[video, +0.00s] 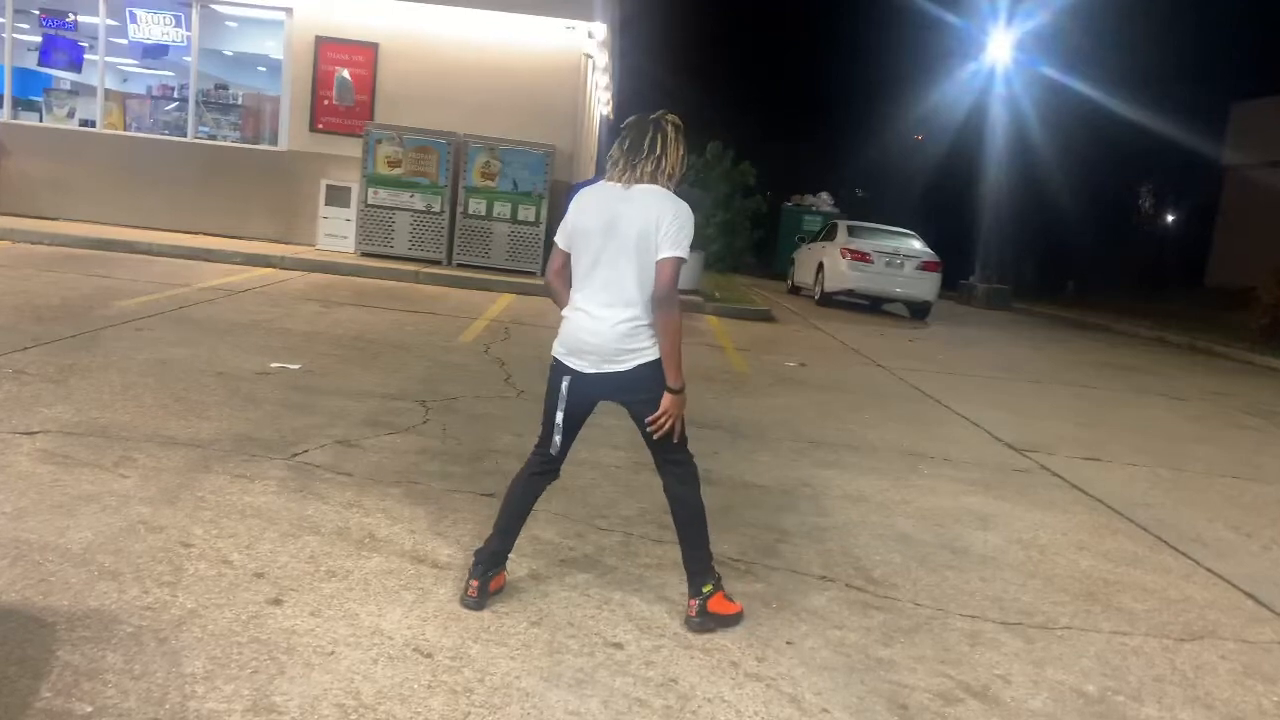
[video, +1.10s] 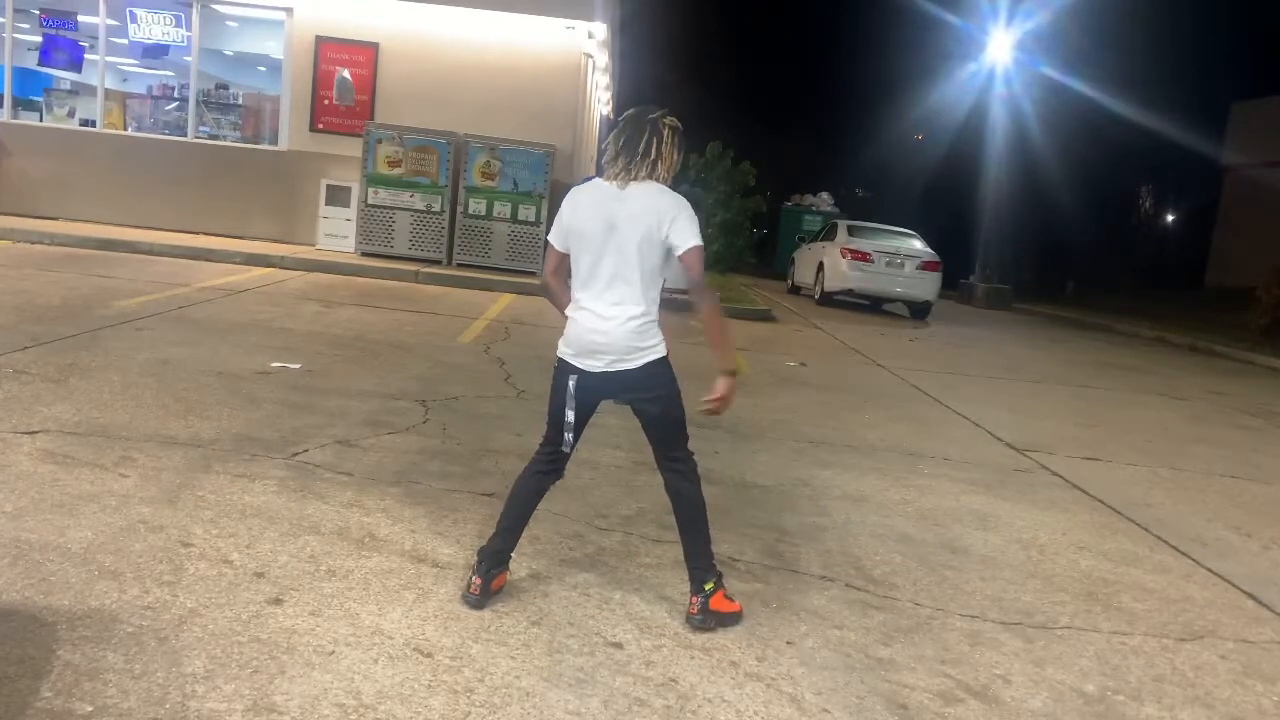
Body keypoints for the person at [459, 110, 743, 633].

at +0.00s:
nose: (680, 165)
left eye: (680, 157)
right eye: (678, 157)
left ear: (622, 149)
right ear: (669, 157)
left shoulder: (584, 197)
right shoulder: (672, 208)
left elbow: (555, 275)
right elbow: (664, 295)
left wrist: (585, 318)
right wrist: (674, 384)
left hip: (574, 361)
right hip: (638, 365)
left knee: (542, 461)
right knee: (677, 467)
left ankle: (484, 571)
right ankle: (704, 591)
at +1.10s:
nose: (675, 160)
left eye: (675, 152)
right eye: (673, 151)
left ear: (615, 146)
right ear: (663, 152)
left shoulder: (578, 197)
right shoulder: (672, 205)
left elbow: (551, 276)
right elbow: (698, 289)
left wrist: (584, 318)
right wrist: (726, 366)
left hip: (579, 359)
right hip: (643, 361)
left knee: (548, 459)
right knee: (677, 465)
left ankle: (486, 571)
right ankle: (705, 590)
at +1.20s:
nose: (673, 164)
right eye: (671, 155)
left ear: (613, 150)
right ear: (662, 157)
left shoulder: (582, 204)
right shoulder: (673, 204)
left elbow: (553, 283)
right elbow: (728, 261)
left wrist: (588, 323)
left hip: (584, 362)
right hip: (648, 363)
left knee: (550, 460)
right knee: (683, 465)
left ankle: (486, 570)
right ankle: (707, 593)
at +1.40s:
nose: (663, 169)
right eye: (661, 160)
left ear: (606, 150)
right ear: (653, 161)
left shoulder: (562, 198)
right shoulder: (657, 213)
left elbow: (540, 281)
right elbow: (715, 267)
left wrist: (567, 319)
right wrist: (787, 306)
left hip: (571, 362)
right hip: (637, 361)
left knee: (543, 460)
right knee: (669, 462)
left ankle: (514, 575)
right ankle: (706, 585)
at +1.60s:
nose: (597, 157)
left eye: (601, 150)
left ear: (607, 154)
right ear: (653, 161)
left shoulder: (583, 199)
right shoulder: (668, 220)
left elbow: (502, 252)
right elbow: (656, 316)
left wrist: (532, 300)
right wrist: (627, 365)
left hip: (553, 347)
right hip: (600, 361)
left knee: (520, 454)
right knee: (499, 394)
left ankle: (528, 572)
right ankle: (424, 433)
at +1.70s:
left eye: (606, 157)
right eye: (671, 173)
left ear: (610, 164)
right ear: (661, 175)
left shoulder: (584, 207)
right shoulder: (667, 234)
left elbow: (491, 237)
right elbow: (692, 311)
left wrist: (522, 289)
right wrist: (713, 392)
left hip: (537, 358)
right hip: (571, 365)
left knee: (505, 455)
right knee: (463, 324)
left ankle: (526, 568)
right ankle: (349, 311)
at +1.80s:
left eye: (610, 147)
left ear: (612, 154)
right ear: (662, 168)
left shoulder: (585, 197)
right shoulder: (668, 222)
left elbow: (497, 237)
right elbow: (703, 298)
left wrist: (506, 293)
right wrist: (735, 374)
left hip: (551, 351)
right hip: (579, 356)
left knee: (513, 453)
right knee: (467, 353)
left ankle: (530, 570)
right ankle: (351, 362)